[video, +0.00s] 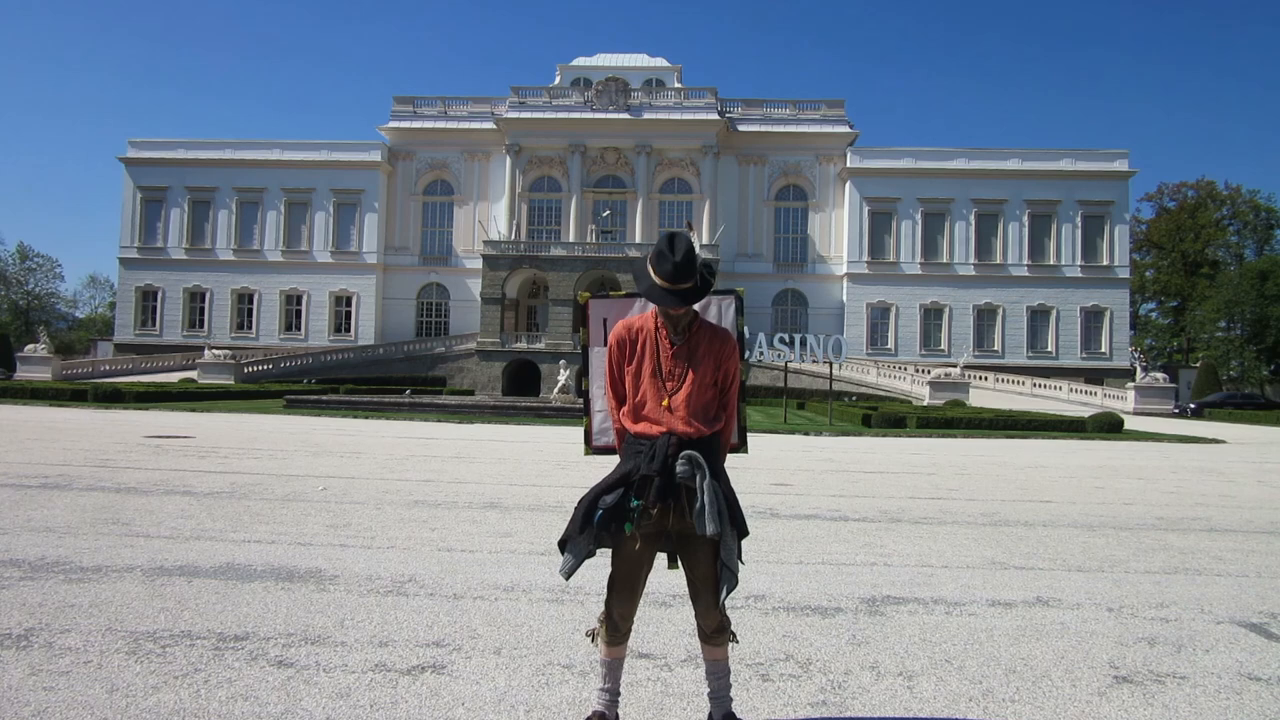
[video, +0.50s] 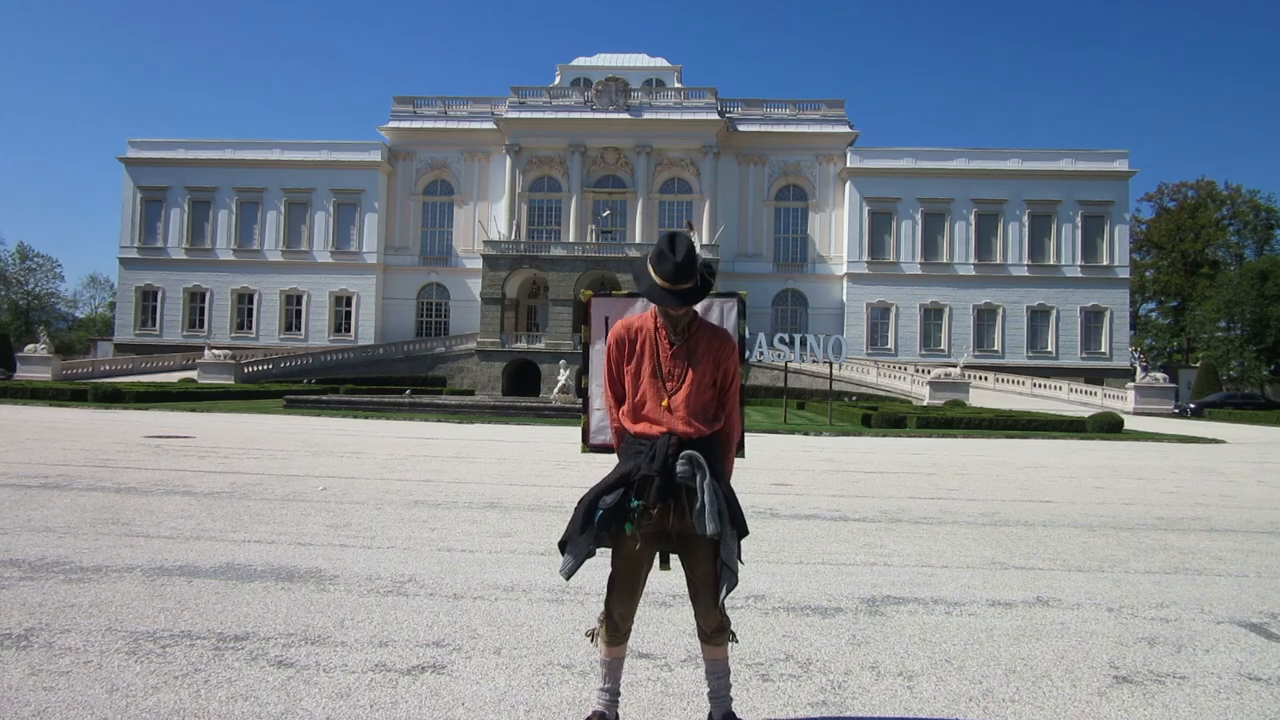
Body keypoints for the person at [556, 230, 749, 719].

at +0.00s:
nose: (677, 307)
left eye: (685, 298)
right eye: (668, 299)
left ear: (698, 293)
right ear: (653, 290)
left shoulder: (722, 343)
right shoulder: (625, 336)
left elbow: (726, 425)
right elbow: (618, 415)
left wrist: (699, 469)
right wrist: (655, 457)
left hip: (699, 488)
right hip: (640, 485)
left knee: (709, 605)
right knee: (620, 603)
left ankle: (721, 705)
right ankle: (607, 701)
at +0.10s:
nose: (677, 307)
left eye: (685, 298)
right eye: (668, 298)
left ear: (698, 292)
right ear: (653, 290)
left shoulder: (722, 343)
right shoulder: (625, 336)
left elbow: (726, 425)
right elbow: (618, 415)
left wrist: (699, 469)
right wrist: (655, 457)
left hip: (699, 488)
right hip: (640, 485)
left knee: (709, 605)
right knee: (620, 604)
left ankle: (721, 705)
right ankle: (607, 701)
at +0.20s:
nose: (677, 307)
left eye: (685, 298)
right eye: (668, 298)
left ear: (698, 292)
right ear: (653, 290)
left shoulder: (722, 343)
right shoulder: (625, 336)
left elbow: (726, 425)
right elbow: (618, 416)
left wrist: (698, 468)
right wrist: (655, 457)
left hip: (699, 488)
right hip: (640, 485)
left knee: (710, 605)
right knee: (620, 604)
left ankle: (721, 705)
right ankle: (607, 701)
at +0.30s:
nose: (677, 307)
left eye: (685, 298)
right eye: (668, 298)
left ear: (698, 292)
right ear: (653, 290)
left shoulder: (722, 343)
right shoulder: (625, 336)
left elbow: (726, 425)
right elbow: (618, 416)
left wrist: (698, 469)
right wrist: (654, 458)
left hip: (699, 488)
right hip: (640, 485)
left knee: (710, 605)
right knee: (620, 603)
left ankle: (721, 705)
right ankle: (607, 701)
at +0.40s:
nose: (677, 307)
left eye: (685, 298)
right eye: (668, 299)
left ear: (698, 292)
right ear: (653, 290)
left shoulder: (722, 343)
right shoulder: (625, 336)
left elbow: (726, 425)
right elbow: (618, 415)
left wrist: (699, 469)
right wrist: (654, 458)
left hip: (699, 488)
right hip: (640, 485)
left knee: (710, 605)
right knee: (620, 604)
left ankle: (721, 705)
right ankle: (607, 701)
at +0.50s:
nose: (677, 308)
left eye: (685, 300)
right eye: (668, 300)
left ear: (698, 293)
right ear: (653, 291)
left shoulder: (721, 344)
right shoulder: (624, 336)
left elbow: (729, 426)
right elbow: (617, 416)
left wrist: (718, 490)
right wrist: (643, 465)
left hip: (699, 490)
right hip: (639, 488)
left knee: (709, 606)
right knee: (620, 604)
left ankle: (721, 705)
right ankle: (607, 701)